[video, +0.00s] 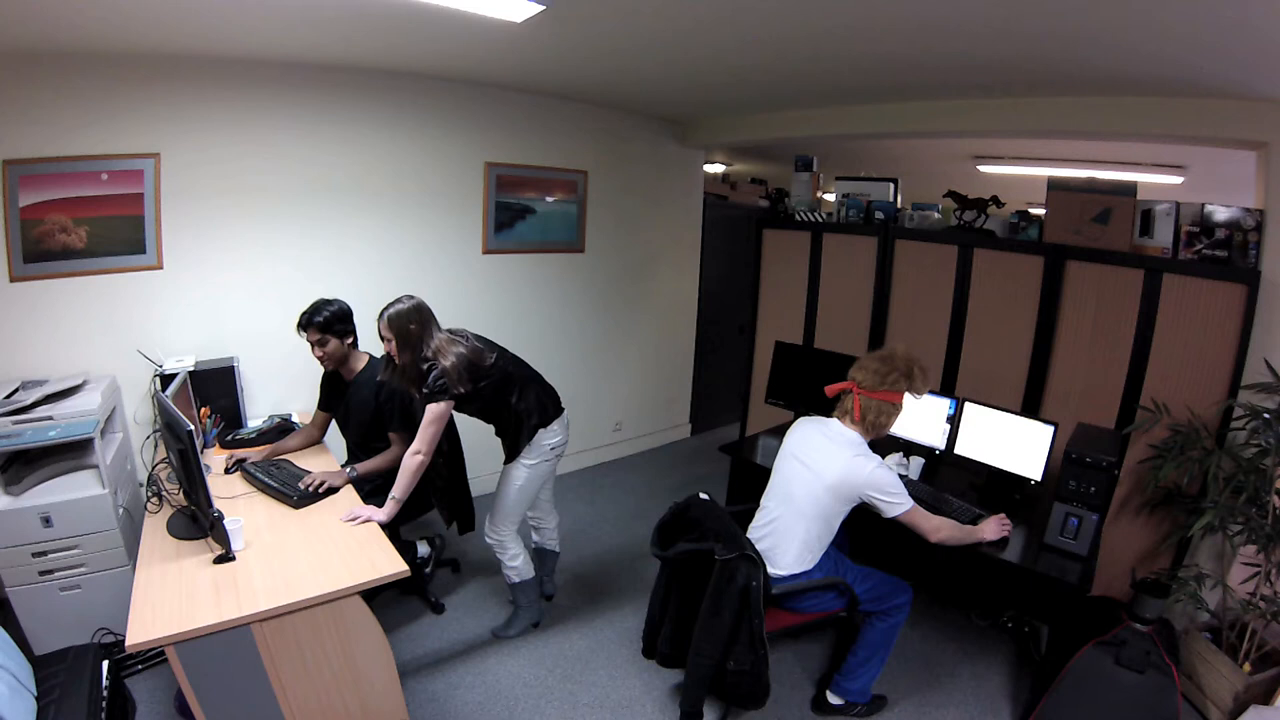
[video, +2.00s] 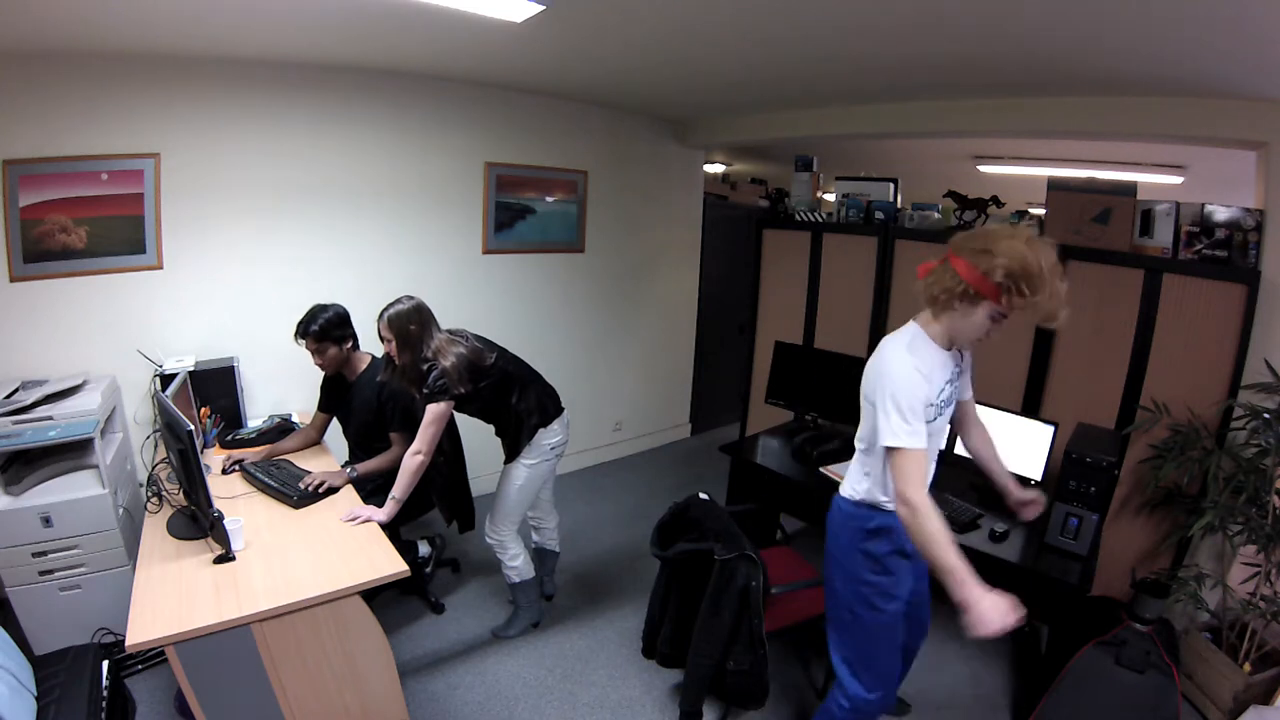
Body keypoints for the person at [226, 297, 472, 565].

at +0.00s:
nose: (316, 353)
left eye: (322, 344)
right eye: (311, 345)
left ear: (348, 338)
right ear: (309, 343)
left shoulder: (387, 381)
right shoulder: (334, 376)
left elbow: (401, 450)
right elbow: (314, 431)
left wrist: (346, 473)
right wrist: (265, 452)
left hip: (403, 478)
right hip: (363, 474)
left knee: (342, 533)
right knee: (314, 516)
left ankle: (419, 552)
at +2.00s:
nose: (316, 362)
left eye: (320, 353)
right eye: (311, 354)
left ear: (348, 344)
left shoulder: (389, 381)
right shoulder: (335, 377)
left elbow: (402, 450)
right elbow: (313, 432)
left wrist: (348, 473)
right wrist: (262, 454)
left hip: (404, 477)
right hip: (364, 474)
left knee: (341, 530)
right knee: (314, 513)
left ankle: (418, 553)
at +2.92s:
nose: (316, 364)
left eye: (320, 355)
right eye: (312, 356)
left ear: (346, 345)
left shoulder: (389, 382)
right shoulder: (339, 376)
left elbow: (403, 450)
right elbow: (332, 429)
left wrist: (347, 474)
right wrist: (311, 459)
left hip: (406, 477)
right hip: (364, 474)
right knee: (320, 513)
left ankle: (419, 552)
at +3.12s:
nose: (317, 365)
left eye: (321, 356)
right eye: (313, 357)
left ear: (347, 345)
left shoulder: (389, 382)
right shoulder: (338, 377)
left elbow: (402, 451)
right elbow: (332, 428)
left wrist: (346, 474)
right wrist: (312, 459)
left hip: (408, 475)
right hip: (365, 473)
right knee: (321, 512)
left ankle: (419, 552)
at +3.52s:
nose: (318, 358)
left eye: (323, 349)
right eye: (314, 350)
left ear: (350, 341)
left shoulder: (389, 382)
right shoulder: (339, 375)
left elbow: (402, 452)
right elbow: (332, 428)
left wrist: (346, 474)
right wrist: (312, 458)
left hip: (408, 476)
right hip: (365, 471)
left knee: (343, 531)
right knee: (320, 513)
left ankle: (420, 552)